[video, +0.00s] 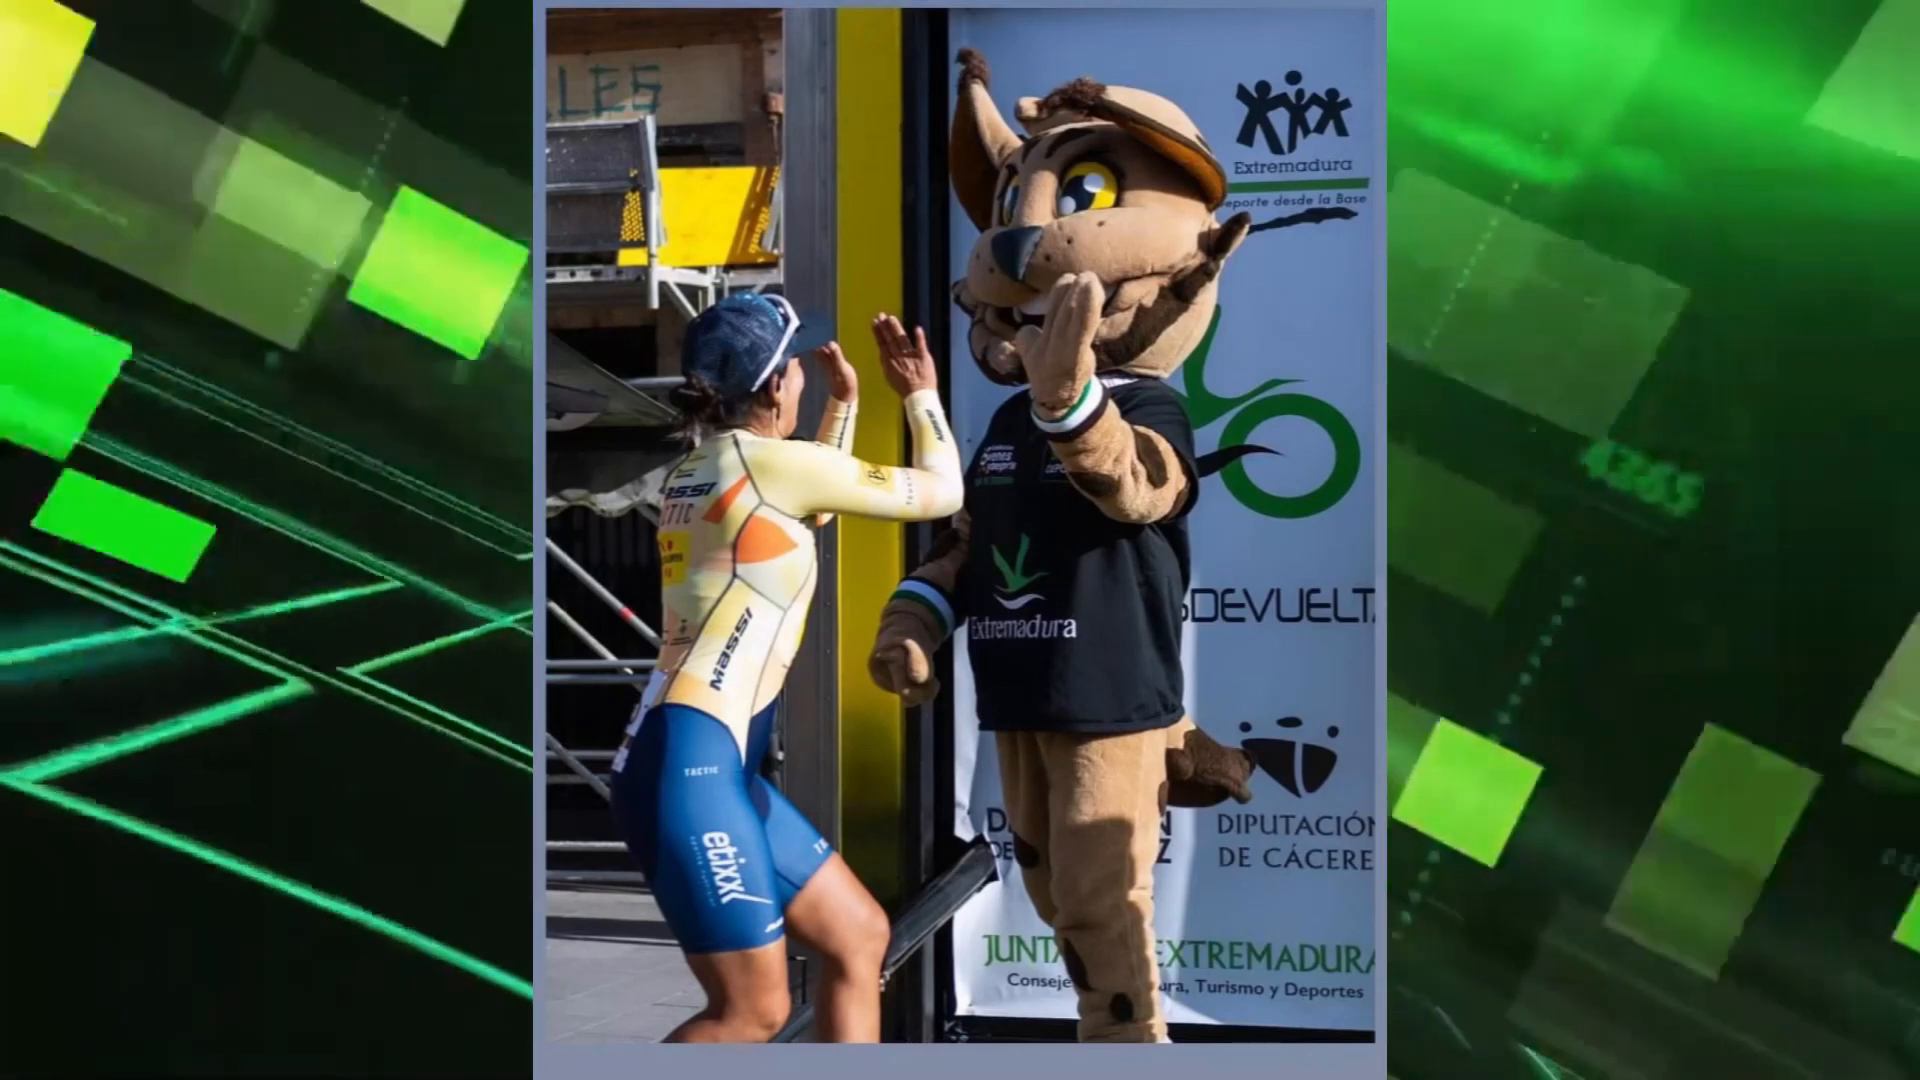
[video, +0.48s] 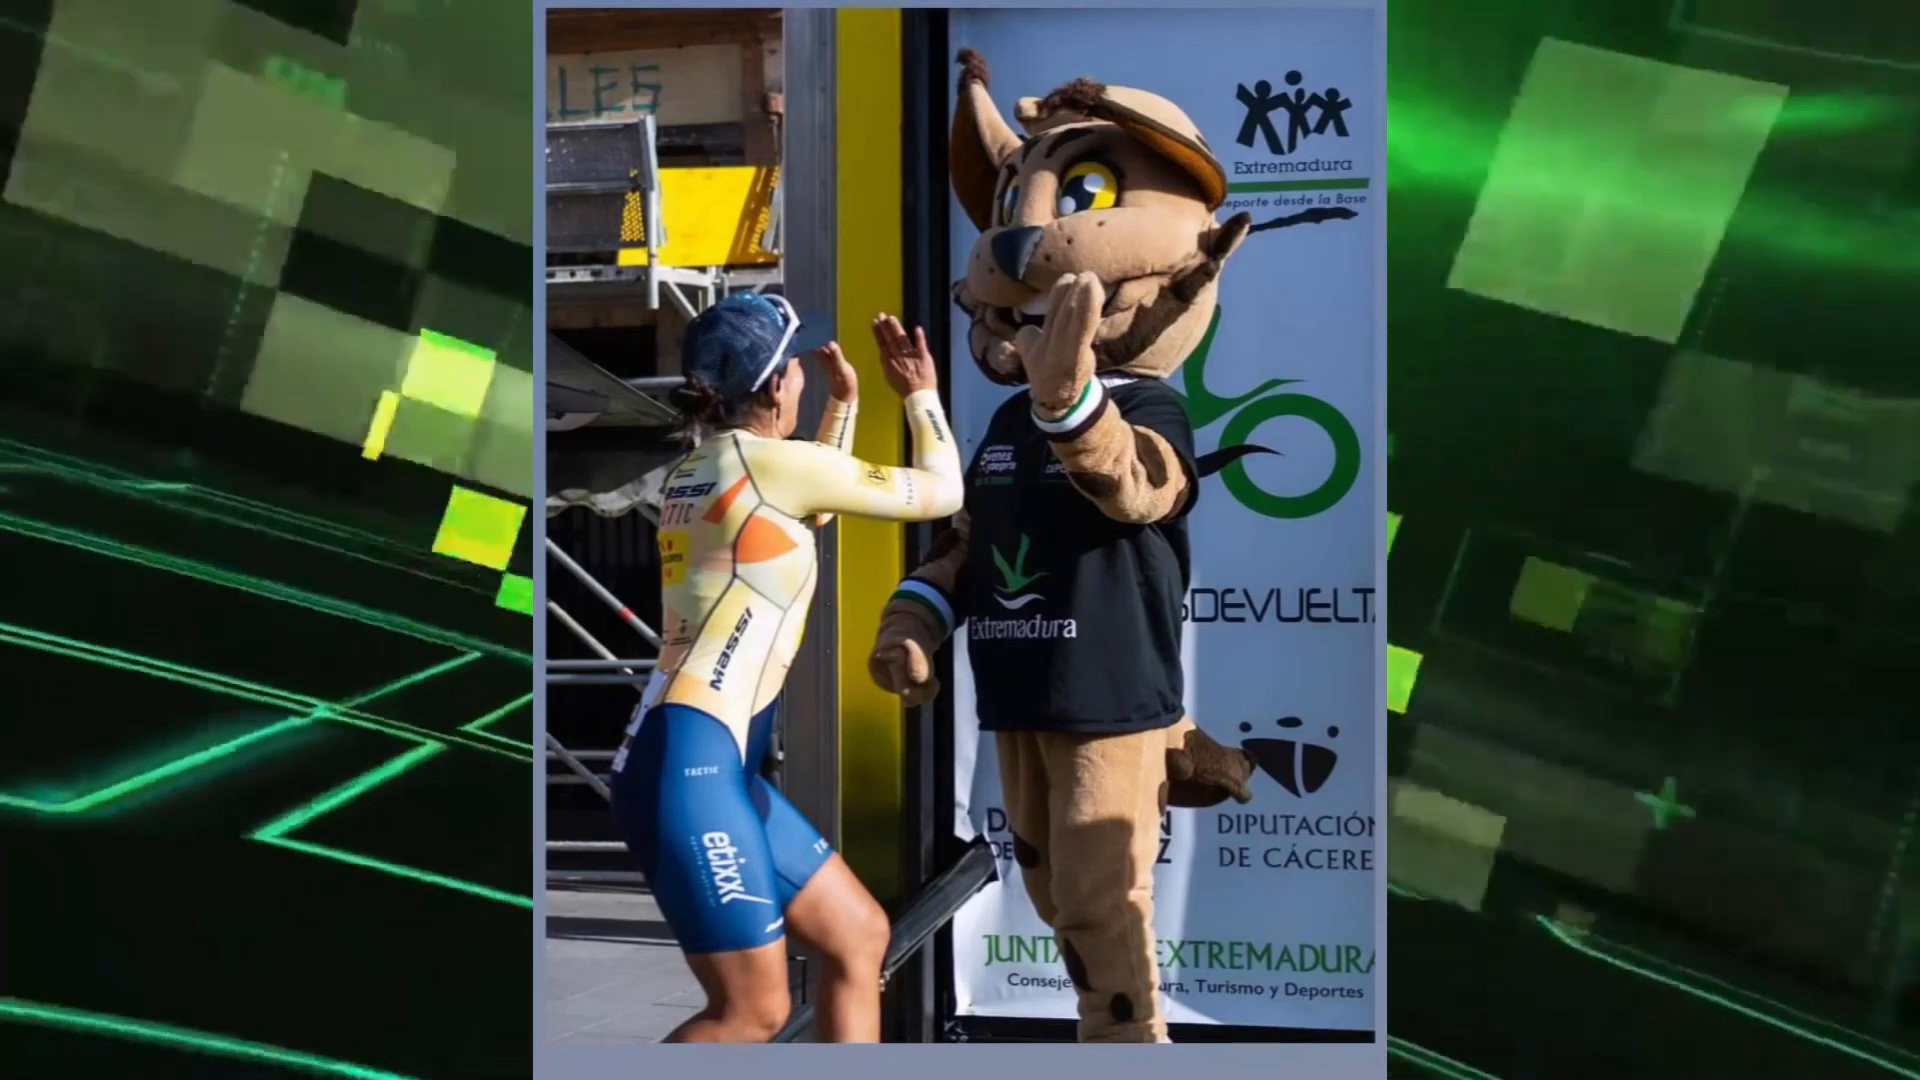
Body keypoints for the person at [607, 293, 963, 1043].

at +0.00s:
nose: (803, 377)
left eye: (800, 363)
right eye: (797, 364)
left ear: (714, 387)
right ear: (778, 380)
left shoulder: (695, 471)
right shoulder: (779, 465)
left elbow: (801, 497)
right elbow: (938, 492)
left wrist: (841, 411)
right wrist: (924, 396)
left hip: (715, 769)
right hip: (686, 774)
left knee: (860, 933)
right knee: (754, 1009)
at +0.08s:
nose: (803, 377)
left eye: (800, 363)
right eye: (797, 364)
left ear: (714, 387)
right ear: (777, 380)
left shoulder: (695, 471)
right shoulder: (779, 465)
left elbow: (801, 497)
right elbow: (939, 492)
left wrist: (841, 411)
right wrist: (924, 396)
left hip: (714, 769)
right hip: (686, 774)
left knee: (860, 933)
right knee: (754, 1009)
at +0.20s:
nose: (803, 377)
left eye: (800, 363)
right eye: (797, 364)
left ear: (714, 387)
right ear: (777, 380)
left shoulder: (695, 471)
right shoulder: (779, 465)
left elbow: (801, 496)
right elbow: (939, 492)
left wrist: (841, 411)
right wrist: (924, 396)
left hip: (714, 769)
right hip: (686, 774)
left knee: (860, 933)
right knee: (754, 1009)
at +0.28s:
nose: (803, 377)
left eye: (800, 363)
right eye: (797, 364)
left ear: (714, 387)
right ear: (777, 380)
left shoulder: (695, 471)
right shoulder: (779, 465)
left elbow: (801, 496)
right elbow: (939, 492)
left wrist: (841, 411)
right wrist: (924, 396)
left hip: (715, 769)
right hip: (686, 774)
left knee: (860, 933)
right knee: (754, 1009)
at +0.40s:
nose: (803, 377)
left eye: (800, 363)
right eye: (797, 364)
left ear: (714, 387)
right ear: (777, 380)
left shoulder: (695, 471)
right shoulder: (779, 465)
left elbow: (801, 497)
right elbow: (939, 492)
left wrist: (840, 411)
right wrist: (924, 396)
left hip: (715, 769)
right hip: (686, 774)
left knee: (860, 933)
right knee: (754, 1009)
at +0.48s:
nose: (803, 377)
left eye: (799, 362)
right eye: (797, 364)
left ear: (714, 387)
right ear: (777, 380)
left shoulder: (694, 471)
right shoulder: (779, 465)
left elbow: (799, 495)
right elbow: (938, 492)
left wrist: (840, 413)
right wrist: (924, 396)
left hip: (715, 770)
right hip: (686, 774)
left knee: (860, 934)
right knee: (754, 1010)